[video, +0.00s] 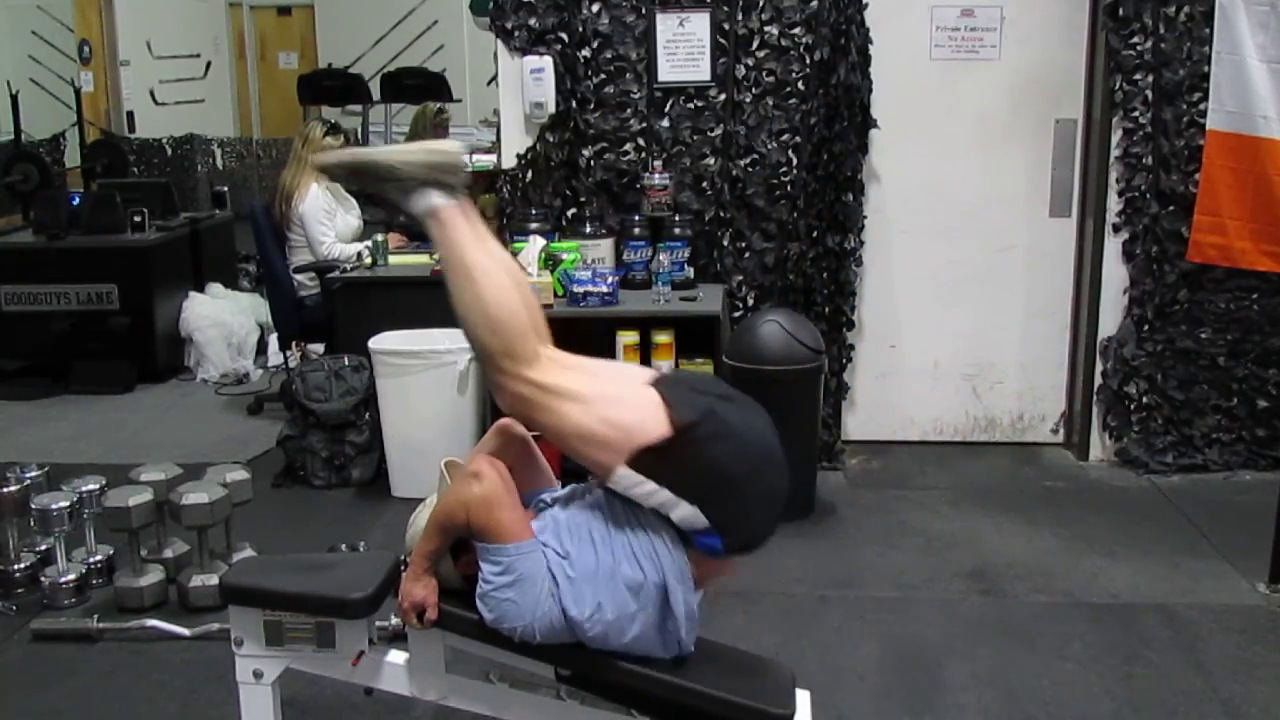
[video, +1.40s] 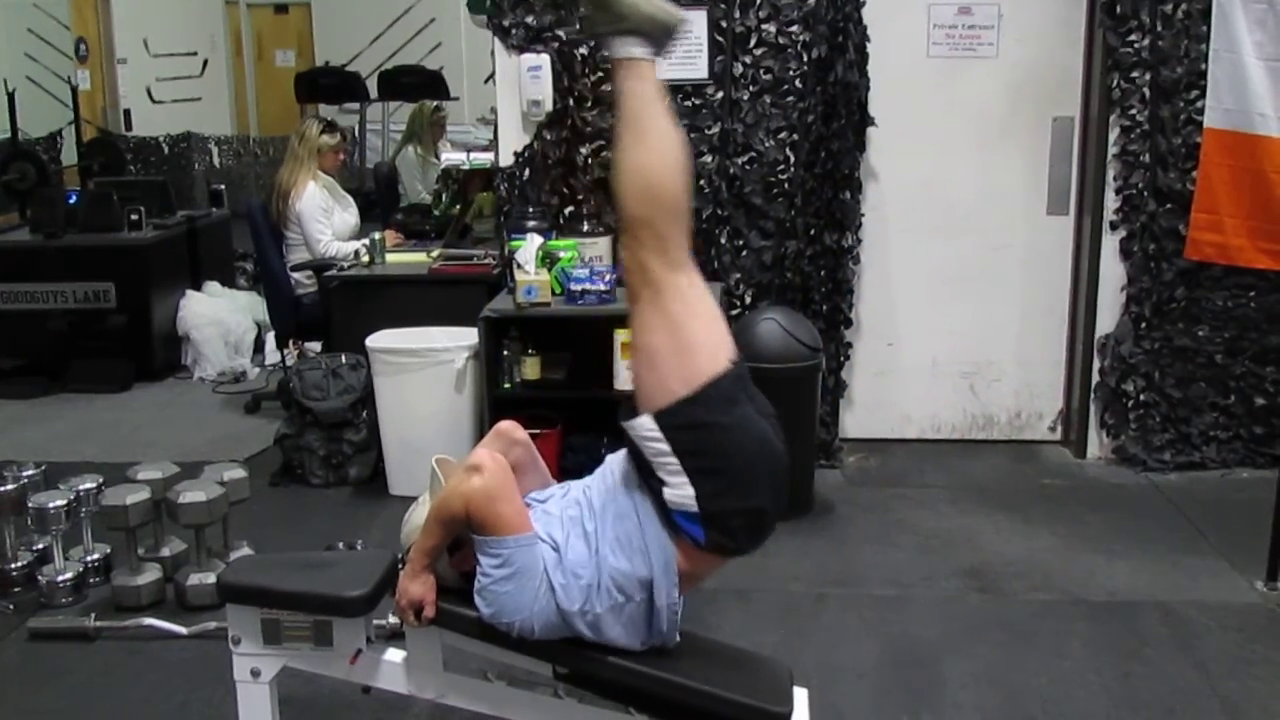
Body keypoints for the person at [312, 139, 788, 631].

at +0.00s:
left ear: (471, 552)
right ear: (474, 567)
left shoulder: (542, 530)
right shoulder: (517, 598)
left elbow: (510, 433)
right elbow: (476, 485)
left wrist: (457, 500)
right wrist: (422, 564)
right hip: (731, 483)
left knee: (534, 370)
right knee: (525, 375)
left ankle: (445, 195)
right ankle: (434, 196)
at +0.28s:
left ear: (465, 566)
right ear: (470, 569)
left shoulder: (537, 535)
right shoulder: (516, 600)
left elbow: (511, 430)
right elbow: (474, 481)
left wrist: (449, 513)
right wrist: (420, 566)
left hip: (699, 423)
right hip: (697, 441)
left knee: (499, 313)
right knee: (490, 322)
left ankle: (385, 152)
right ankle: (372, 154)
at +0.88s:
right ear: (472, 564)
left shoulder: (546, 550)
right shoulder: (519, 596)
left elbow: (512, 438)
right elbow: (476, 480)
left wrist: (453, 502)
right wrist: (422, 562)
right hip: (685, 445)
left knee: (538, 258)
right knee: (533, 260)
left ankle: (438, 82)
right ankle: (433, 78)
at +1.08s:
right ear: (470, 562)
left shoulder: (545, 542)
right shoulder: (519, 593)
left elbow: (512, 439)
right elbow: (478, 479)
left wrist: (442, 538)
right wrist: (423, 560)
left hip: (708, 446)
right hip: (691, 458)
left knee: (578, 253)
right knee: (574, 255)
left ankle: (501, 59)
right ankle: (495, 58)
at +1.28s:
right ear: (473, 563)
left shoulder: (549, 529)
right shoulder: (518, 590)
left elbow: (512, 438)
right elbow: (477, 479)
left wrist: (452, 515)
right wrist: (422, 562)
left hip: (719, 461)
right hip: (705, 477)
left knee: (628, 254)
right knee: (622, 256)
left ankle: (576, 47)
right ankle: (574, 45)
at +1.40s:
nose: (461, 473)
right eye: (462, 475)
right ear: (466, 557)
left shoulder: (555, 524)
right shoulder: (514, 590)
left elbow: (511, 437)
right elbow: (479, 479)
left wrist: (455, 508)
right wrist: (422, 561)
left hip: (730, 477)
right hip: (711, 495)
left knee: (661, 264)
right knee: (652, 266)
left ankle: (634, 54)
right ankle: (631, 49)